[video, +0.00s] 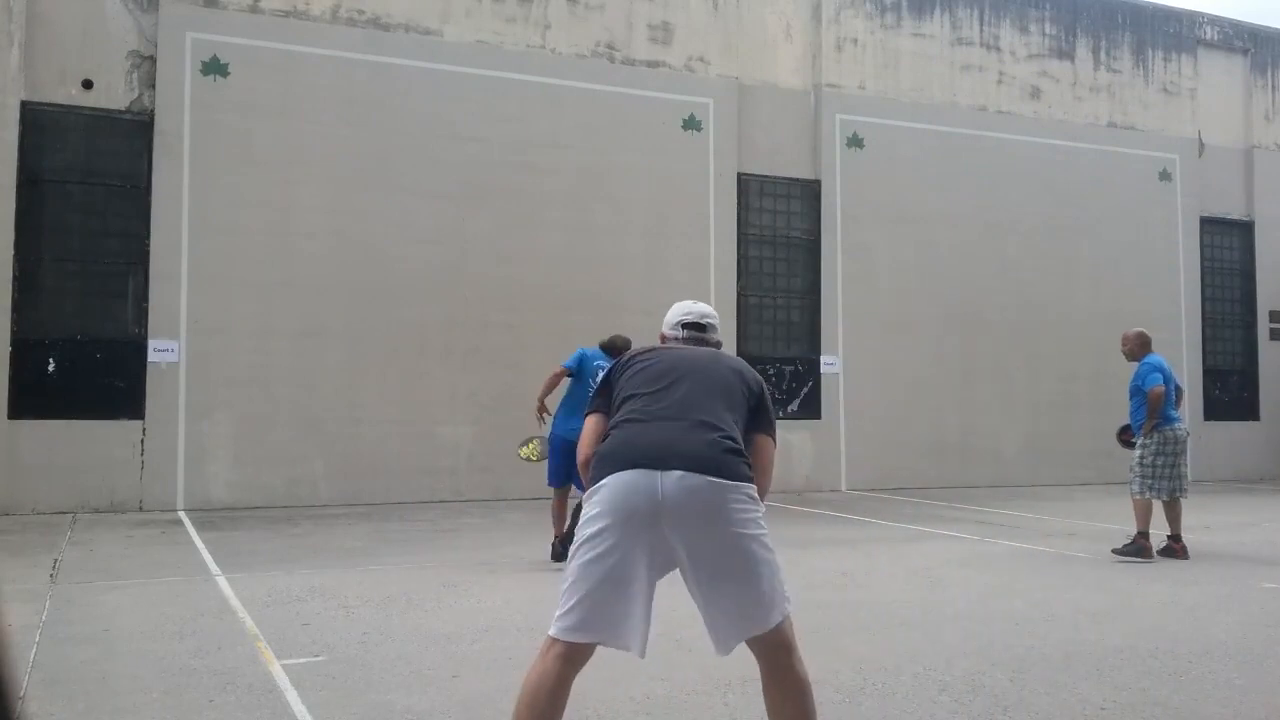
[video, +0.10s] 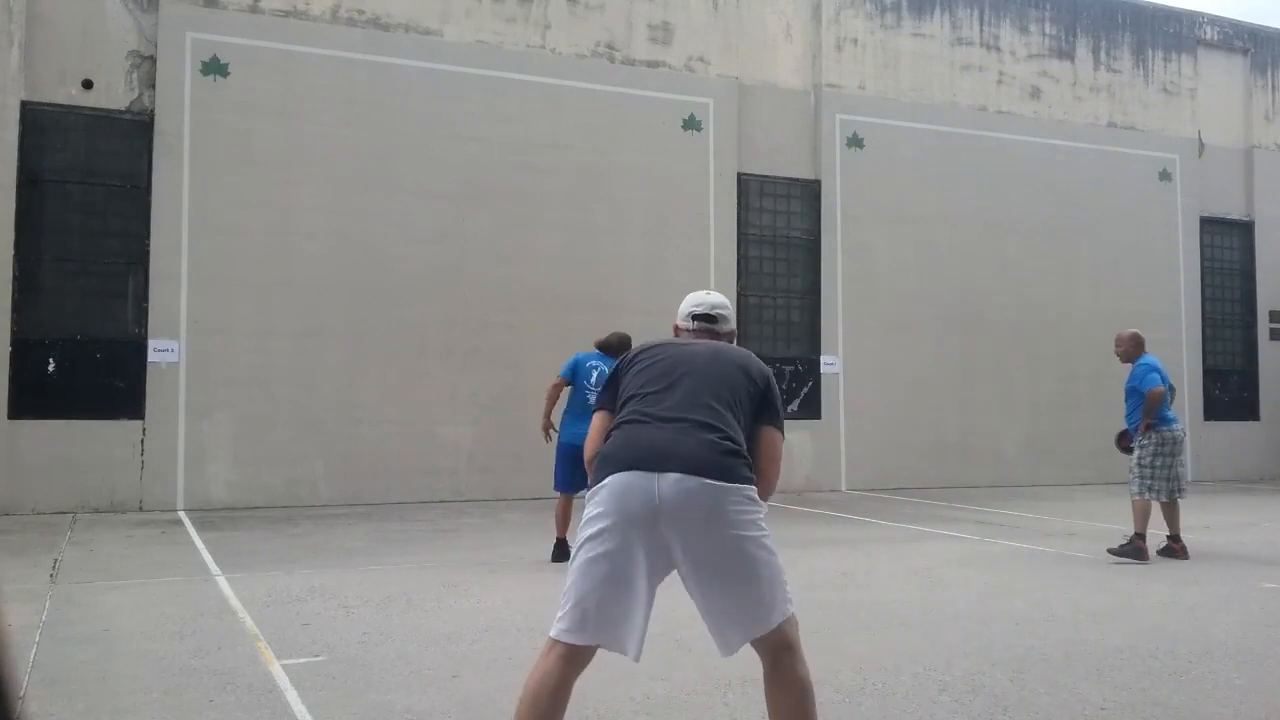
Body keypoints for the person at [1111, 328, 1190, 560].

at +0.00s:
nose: (1122, 349)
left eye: (1126, 344)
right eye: (1122, 345)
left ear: (1139, 345)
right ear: (1143, 346)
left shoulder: (1148, 365)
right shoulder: (1160, 363)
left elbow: (1156, 391)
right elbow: (1178, 392)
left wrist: (1147, 425)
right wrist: (1167, 418)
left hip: (1157, 433)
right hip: (1174, 431)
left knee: (1140, 486)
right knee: (1169, 488)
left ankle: (1141, 541)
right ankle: (1176, 542)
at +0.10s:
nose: (1116, 351)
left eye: (1119, 346)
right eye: (1116, 347)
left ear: (1134, 347)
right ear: (1136, 347)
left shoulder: (1142, 367)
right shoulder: (1152, 364)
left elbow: (1156, 391)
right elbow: (1169, 390)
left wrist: (1146, 420)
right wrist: (1157, 416)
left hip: (1154, 434)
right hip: (1170, 432)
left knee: (1139, 488)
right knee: (1167, 489)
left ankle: (1138, 543)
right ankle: (1175, 543)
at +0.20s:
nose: (1110, 354)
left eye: (1114, 349)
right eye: (1109, 350)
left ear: (1129, 348)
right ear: (1129, 349)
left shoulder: (1138, 370)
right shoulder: (1138, 368)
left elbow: (1156, 395)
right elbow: (1146, 403)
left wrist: (1137, 420)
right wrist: (1129, 435)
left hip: (1152, 438)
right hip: (1163, 435)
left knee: (1138, 491)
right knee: (1165, 490)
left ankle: (1135, 547)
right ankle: (1175, 543)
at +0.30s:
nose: (1110, 352)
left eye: (1114, 347)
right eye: (1108, 348)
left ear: (1128, 347)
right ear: (1108, 350)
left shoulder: (1138, 369)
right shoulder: (1124, 371)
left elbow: (1156, 397)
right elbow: (1133, 406)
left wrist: (1131, 419)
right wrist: (1123, 436)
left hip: (1149, 436)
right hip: (1150, 435)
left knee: (1134, 490)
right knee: (1158, 489)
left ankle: (1134, 547)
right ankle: (1174, 542)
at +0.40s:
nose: (1115, 349)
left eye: (1119, 343)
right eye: (1110, 345)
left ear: (1129, 344)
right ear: (1106, 348)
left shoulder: (1140, 366)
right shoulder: (1111, 370)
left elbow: (1152, 396)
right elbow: (1118, 406)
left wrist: (1125, 414)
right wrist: (1116, 435)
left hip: (1147, 434)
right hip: (1132, 436)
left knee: (1136, 491)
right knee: (1152, 490)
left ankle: (1135, 547)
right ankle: (1169, 540)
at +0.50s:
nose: (1117, 346)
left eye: (1121, 342)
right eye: (1112, 342)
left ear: (1130, 342)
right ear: (1107, 345)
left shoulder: (1140, 364)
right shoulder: (1108, 368)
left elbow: (1148, 395)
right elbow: (1110, 405)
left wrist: (1117, 410)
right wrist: (1109, 433)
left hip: (1146, 433)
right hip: (1129, 436)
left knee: (1136, 489)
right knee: (1145, 489)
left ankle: (1134, 546)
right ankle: (1155, 542)